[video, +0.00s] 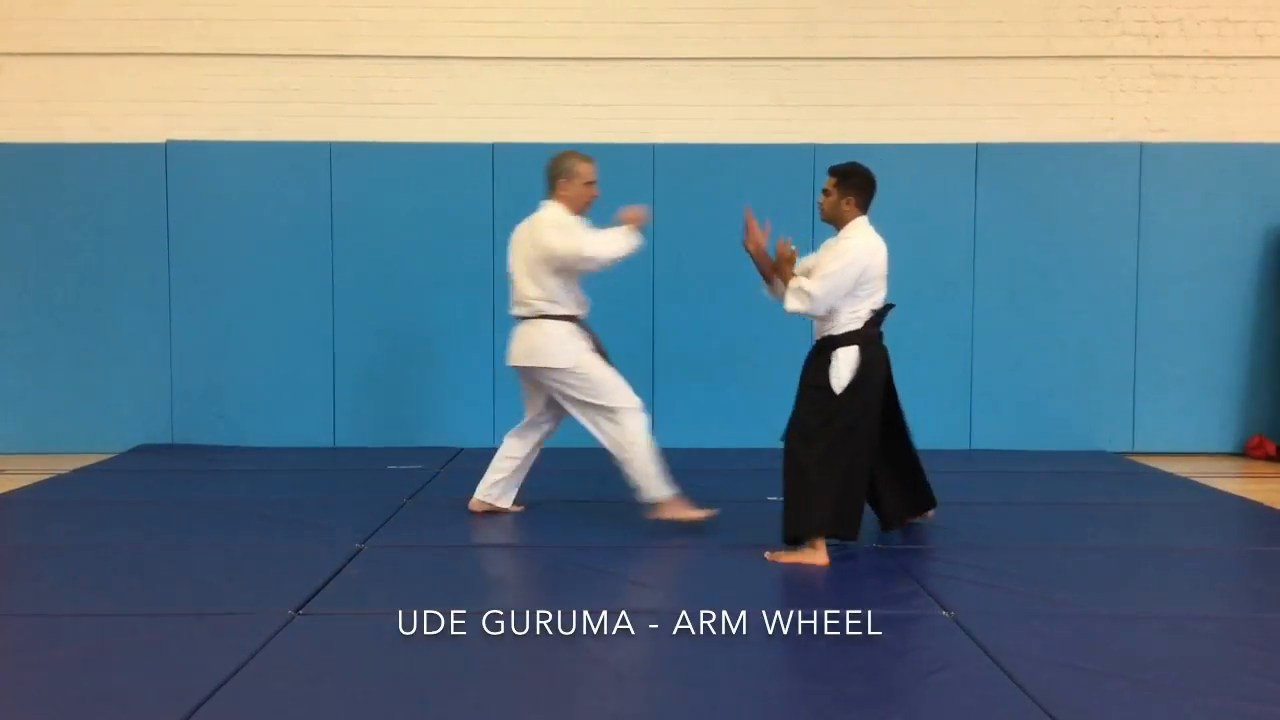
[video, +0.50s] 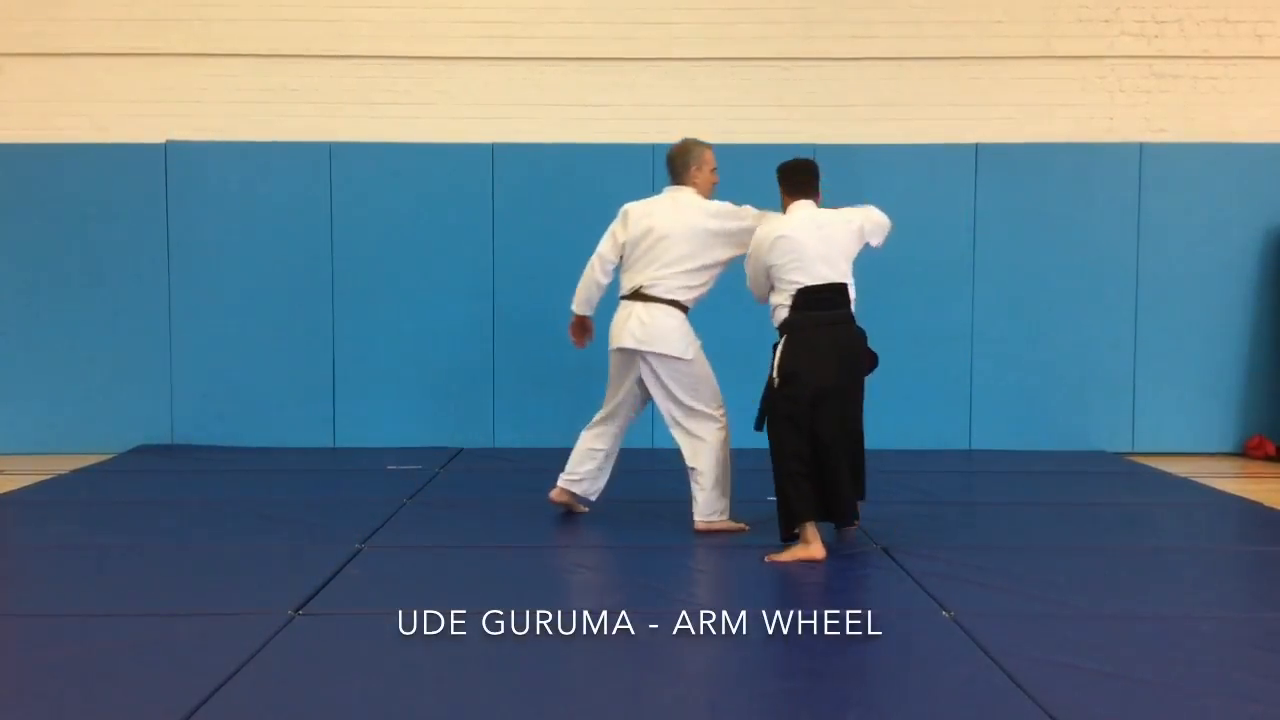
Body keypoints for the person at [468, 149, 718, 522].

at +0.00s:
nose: (594, 193)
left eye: (594, 184)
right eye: (588, 184)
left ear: (561, 187)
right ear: (563, 186)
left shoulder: (525, 228)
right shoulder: (556, 223)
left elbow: (547, 294)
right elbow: (587, 253)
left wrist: (583, 336)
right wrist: (628, 230)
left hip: (527, 340)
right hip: (555, 339)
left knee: (540, 419)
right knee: (624, 409)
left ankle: (489, 496)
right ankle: (663, 499)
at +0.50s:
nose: (716, 177)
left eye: (715, 170)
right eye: (711, 171)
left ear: (676, 174)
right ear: (694, 173)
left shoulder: (634, 210)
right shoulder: (716, 214)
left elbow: (601, 262)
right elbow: (777, 224)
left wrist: (581, 311)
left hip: (624, 325)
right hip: (668, 327)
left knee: (614, 411)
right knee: (707, 420)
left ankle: (570, 487)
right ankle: (710, 515)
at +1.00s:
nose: (729, 202)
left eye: (728, 196)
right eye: (728, 197)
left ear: (690, 194)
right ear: (718, 195)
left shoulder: (651, 220)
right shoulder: (727, 221)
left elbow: (622, 277)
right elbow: (762, 197)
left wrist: (644, 309)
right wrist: (775, 173)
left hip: (632, 318)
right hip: (678, 321)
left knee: (604, 413)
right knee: (714, 416)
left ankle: (572, 497)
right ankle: (710, 514)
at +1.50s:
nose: (794, 289)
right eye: (798, 284)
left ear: (774, 253)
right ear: (797, 279)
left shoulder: (739, 246)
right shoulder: (790, 307)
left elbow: (683, 269)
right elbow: (749, 365)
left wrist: (641, 302)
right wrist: (728, 395)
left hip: (671, 304)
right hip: (710, 339)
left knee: (600, 362)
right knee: (673, 423)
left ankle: (538, 403)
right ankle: (632, 507)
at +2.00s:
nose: (642, 277)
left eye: (647, 271)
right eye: (639, 268)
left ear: (650, 269)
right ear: (622, 260)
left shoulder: (643, 293)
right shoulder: (589, 287)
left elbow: (642, 339)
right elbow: (583, 347)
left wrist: (631, 382)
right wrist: (609, 393)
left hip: (607, 364)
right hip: (565, 364)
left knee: (652, 398)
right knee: (539, 430)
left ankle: (653, 477)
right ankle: (462, 463)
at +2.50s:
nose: (629, 227)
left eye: (634, 221)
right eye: (623, 220)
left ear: (638, 222)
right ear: (605, 218)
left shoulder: (640, 257)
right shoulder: (577, 255)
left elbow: (645, 312)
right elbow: (560, 312)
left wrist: (637, 362)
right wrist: (561, 365)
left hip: (613, 350)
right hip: (575, 346)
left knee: (647, 400)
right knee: (552, 415)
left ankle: (652, 482)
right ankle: (485, 465)